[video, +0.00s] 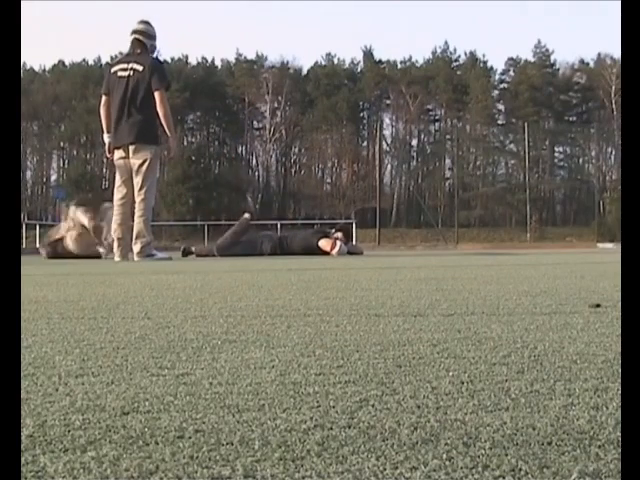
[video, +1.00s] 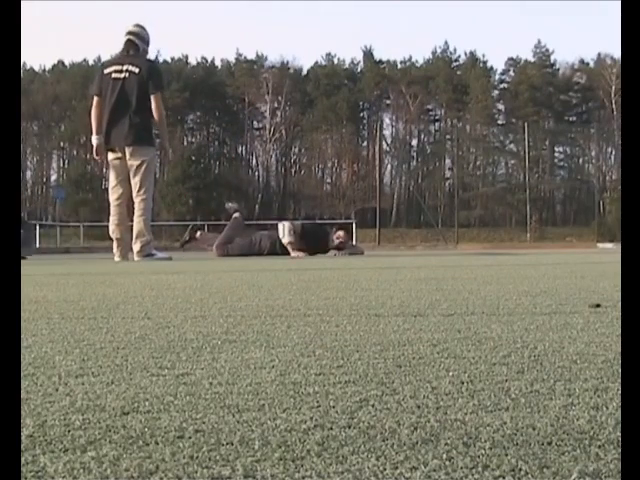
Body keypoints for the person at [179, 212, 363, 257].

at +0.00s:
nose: (338, 243)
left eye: (340, 241)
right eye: (339, 241)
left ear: (338, 238)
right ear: (335, 237)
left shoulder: (326, 239)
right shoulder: (321, 237)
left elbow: (354, 249)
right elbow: (329, 248)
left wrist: (344, 246)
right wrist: (337, 247)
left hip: (272, 245)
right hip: (270, 243)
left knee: (228, 251)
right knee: (220, 248)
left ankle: (193, 251)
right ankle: (245, 218)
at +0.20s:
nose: (338, 242)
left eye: (341, 241)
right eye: (340, 240)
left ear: (338, 238)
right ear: (335, 236)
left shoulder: (327, 239)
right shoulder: (321, 237)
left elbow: (358, 250)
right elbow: (331, 248)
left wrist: (344, 245)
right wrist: (338, 246)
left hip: (269, 243)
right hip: (265, 241)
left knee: (227, 250)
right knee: (220, 250)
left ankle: (192, 250)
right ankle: (251, 221)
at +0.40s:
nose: (338, 243)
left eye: (341, 241)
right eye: (339, 240)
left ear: (338, 239)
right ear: (335, 237)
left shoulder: (327, 240)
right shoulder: (321, 238)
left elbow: (358, 250)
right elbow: (333, 249)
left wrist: (344, 245)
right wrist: (341, 247)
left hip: (270, 243)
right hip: (266, 242)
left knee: (228, 250)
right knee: (220, 249)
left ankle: (194, 249)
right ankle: (246, 222)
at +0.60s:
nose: (339, 240)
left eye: (342, 239)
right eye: (340, 238)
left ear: (339, 239)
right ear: (335, 235)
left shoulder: (328, 241)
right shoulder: (321, 236)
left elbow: (358, 250)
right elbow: (334, 249)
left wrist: (344, 245)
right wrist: (352, 248)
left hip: (271, 241)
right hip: (267, 242)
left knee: (231, 245)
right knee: (220, 250)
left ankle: (195, 243)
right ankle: (239, 223)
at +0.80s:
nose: (342, 242)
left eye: (345, 241)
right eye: (342, 238)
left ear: (345, 241)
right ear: (337, 233)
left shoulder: (329, 242)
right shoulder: (313, 234)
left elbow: (359, 251)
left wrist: (344, 249)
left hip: (271, 247)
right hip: (266, 242)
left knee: (231, 245)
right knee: (221, 250)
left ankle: (199, 239)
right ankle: (236, 218)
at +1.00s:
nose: (340, 239)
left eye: (343, 239)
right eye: (339, 236)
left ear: (342, 242)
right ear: (334, 233)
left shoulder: (325, 243)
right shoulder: (318, 235)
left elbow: (357, 250)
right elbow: (283, 226)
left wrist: (350, 249)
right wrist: (291, 247)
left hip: (271, 244)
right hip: (266, 241)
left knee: (233, 244)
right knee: (220, 250)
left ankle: (199, 235)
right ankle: (236, 217)